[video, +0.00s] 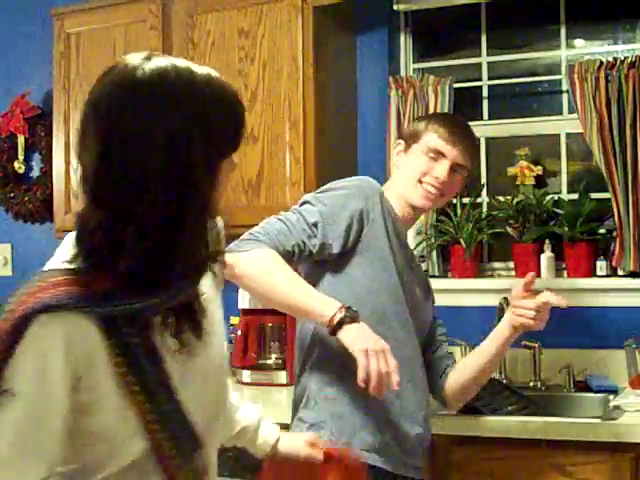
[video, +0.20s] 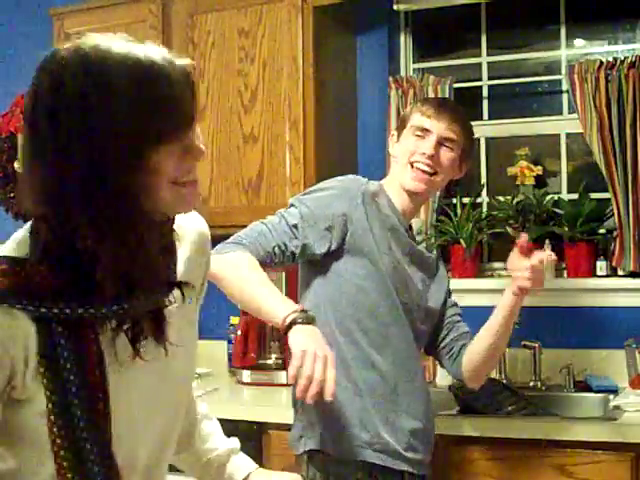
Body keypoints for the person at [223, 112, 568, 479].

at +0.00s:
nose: (442, 177)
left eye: (457, 171)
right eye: (434, 157)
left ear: (461, 189)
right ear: (400, 152)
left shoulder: (417, 282)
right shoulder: (361, 198)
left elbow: (449, 392)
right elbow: (244, 256)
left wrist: (508, 327)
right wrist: (342, 319)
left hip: (402, 463)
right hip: (339, 456)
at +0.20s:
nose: (430, 150)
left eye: (447, 146)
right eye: (421, 134)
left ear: (458, 171)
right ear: (393, 143)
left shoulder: (432, 271)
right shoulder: (347, 198)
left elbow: (469, 371)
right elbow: (226, 258)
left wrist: (514, 295)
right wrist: (294, 321)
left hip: (407, 460)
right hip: (342, 453)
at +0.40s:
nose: (425, 150)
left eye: (444, 143)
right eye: (416, 133)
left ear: (460, 166)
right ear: (396, 140)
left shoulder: (437, 265)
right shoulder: (344, 199)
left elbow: (482, 355)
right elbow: (227, 260)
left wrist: (494, 253)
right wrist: (270, 337)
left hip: (406, 460)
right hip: (333, 452)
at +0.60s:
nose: (420, 152)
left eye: (440, 143)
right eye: (412, 133)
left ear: (457, 160)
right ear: (392, 134)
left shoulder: (435, 259)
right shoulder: (329, 203)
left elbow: (482, 337)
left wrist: (467, 221)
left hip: (402, 462)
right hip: (323, 455)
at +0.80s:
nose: (420, 154)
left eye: (436, 143)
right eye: (408, 134)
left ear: (449, 158)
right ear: (378, 132)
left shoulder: (419, 246)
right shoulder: (317, 207)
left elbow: (470, 329)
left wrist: (448, 213)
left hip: (395, 449)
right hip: (317, 445)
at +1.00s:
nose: (414, 158)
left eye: (428, 145)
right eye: (403, 137)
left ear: (438, 154)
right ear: (362, 132)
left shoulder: (417, 233)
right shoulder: (316, 212)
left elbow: (444, 322)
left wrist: (427, 209)